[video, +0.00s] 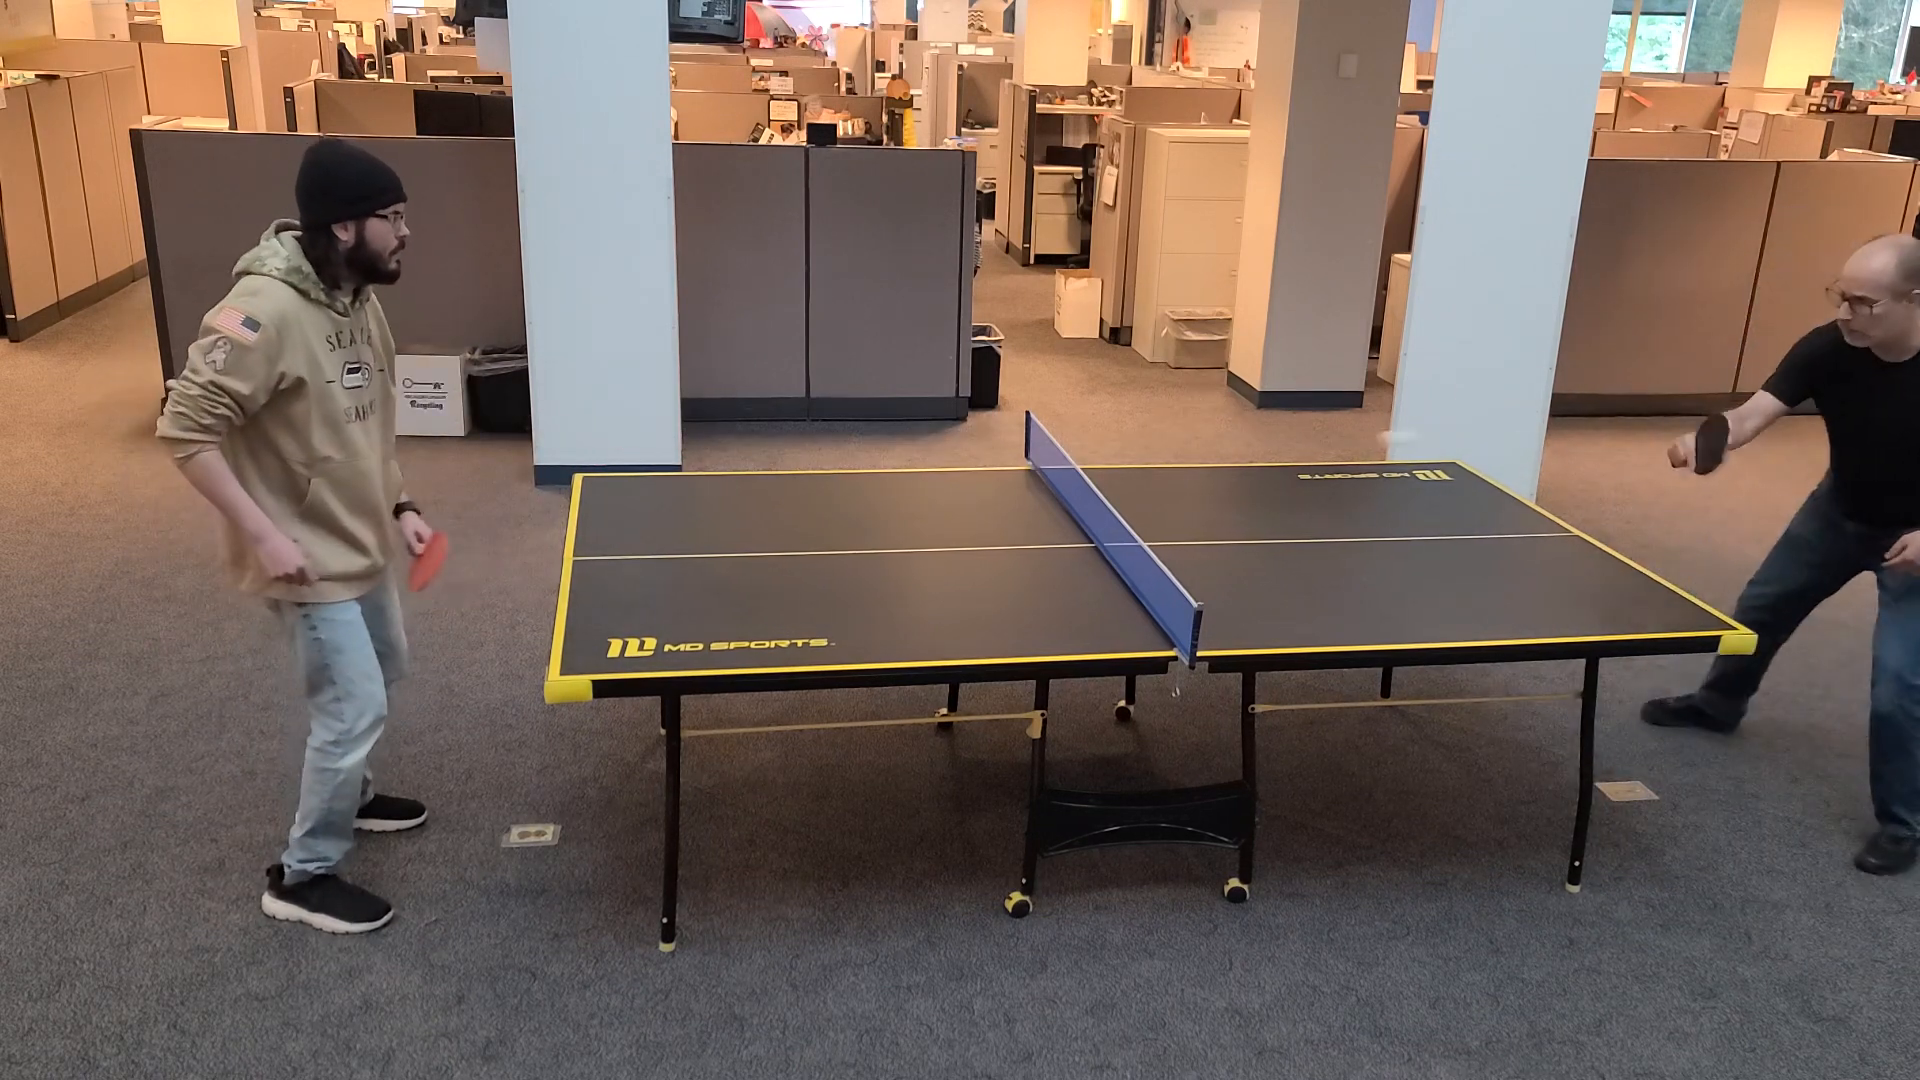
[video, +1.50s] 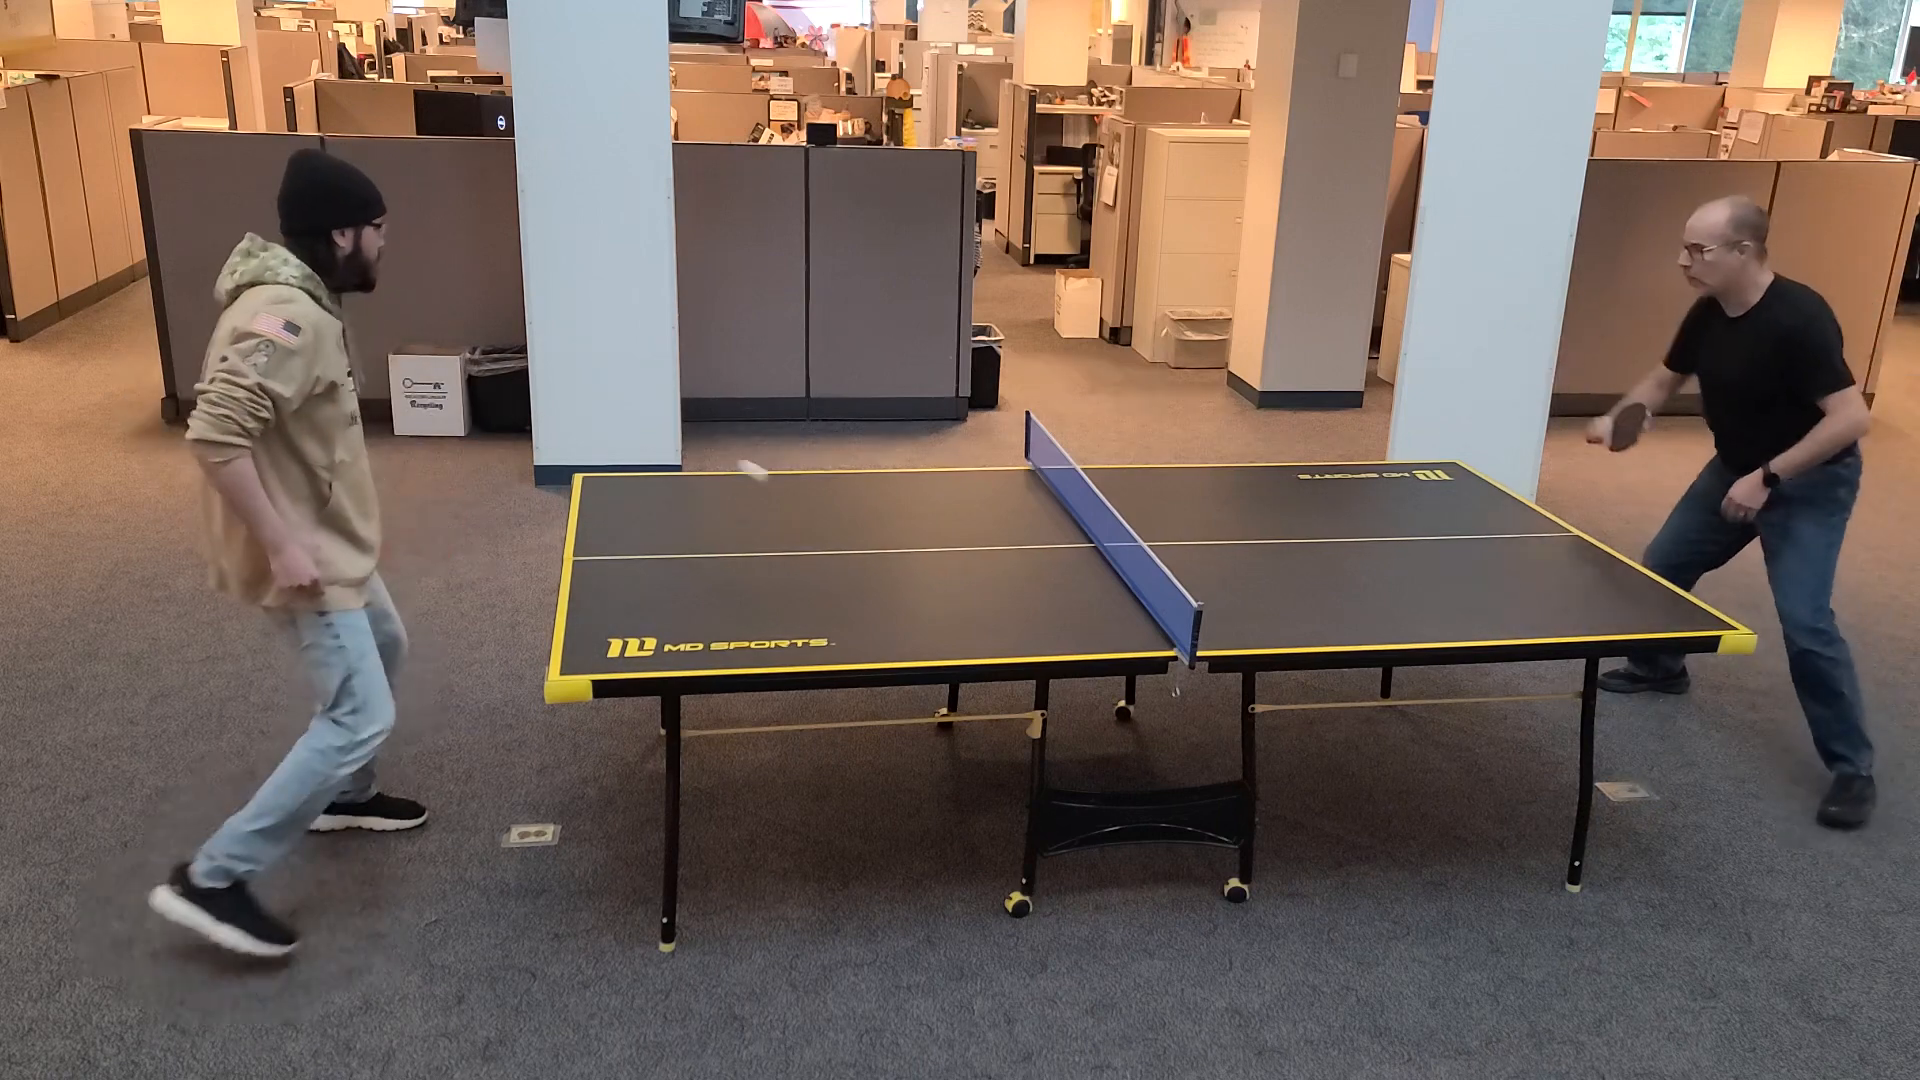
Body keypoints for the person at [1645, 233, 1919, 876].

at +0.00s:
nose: (1843, 312)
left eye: (1860, 303)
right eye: (1841, 298)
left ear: (1909, 302)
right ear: (1843, 291)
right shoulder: (1830, 350)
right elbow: (1749, 415)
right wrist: (1703, 444)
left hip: (1911, 536)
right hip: (1842, 510)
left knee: (1898, 683)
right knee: (1761, 606)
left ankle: (1900, 823)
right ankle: (1719, 703)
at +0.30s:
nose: (1836, 302)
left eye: (1853, 293)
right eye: (1835, 288)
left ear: (1906, 297)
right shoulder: (1840, 349)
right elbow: (1776, 418)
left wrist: (1883, 502)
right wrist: (1735, 455)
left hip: (1918, 529)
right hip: (1859, 510)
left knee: (1901, 678)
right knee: (1780, 598)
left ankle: (1904, 823)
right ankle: (1766, 689)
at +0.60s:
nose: (1768, 301)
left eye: (1782, 291)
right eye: (1767, 289)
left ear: (1834, 292)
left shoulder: (1899, 353)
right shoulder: (1782, 346)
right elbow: (1751, 421)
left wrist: (1835, 492)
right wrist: (1716, 470)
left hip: (1892, 511)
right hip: (1811, 497)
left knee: (1879, 659)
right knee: (1739, 587)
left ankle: (1898, 806)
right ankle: (1735, 687)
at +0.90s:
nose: (1726, 287)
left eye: (1738, 277)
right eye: (1726, 275)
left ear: (1787, 276)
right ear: (1771, 277)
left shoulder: (1859, 336)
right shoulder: (1750, 326)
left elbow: (1911, 436)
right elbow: (1687, 362)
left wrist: (1842, 495)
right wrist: (1627, 420)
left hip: (1865, 497)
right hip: (1787, 479)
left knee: (1852, 641)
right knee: (1688, 566)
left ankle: (1882, 785)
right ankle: (1679, 661)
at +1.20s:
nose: (1679, 253)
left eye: (1690, 243)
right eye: (1678, 241)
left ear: (1735, 244)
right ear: (1711, 242)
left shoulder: (1793, 306)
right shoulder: (1689, 288)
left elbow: (1852, 400)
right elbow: (1606, 304)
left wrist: (1785, 474)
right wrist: (1536, 328)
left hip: (1808, 470)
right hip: (1732, 461)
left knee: (1809, 612)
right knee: (1658, 562)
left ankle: (1845, 753)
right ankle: (1658, 665)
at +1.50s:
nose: (1685, 261)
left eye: (1697, 251)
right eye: (1684, 249)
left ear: (1744, 253)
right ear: (1729, 254)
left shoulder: (1802, 317)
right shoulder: (1705, 315)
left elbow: (1851, 417)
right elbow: (1664, 381)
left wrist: (1767, 476)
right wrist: (1624, 417)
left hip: (1810, 483)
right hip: (1735, 470)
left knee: (1805, 625)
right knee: (1658, 568)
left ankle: (1851, 768)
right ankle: (1659, 666)